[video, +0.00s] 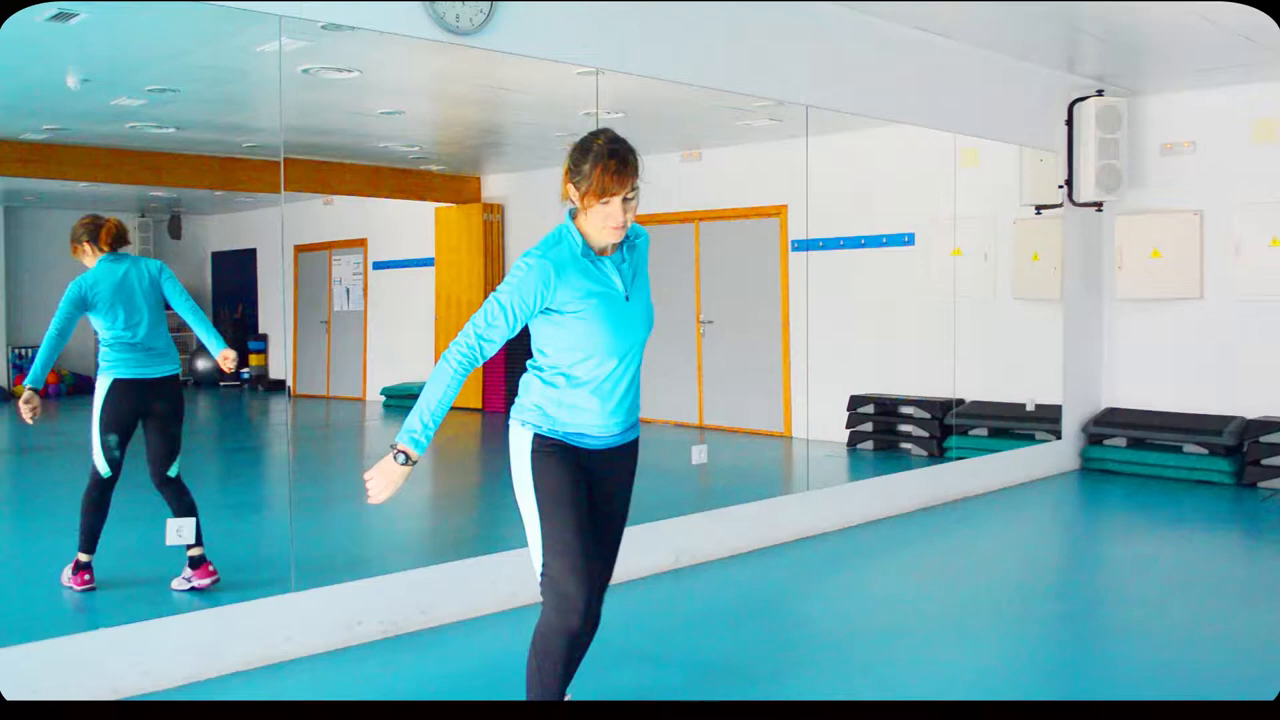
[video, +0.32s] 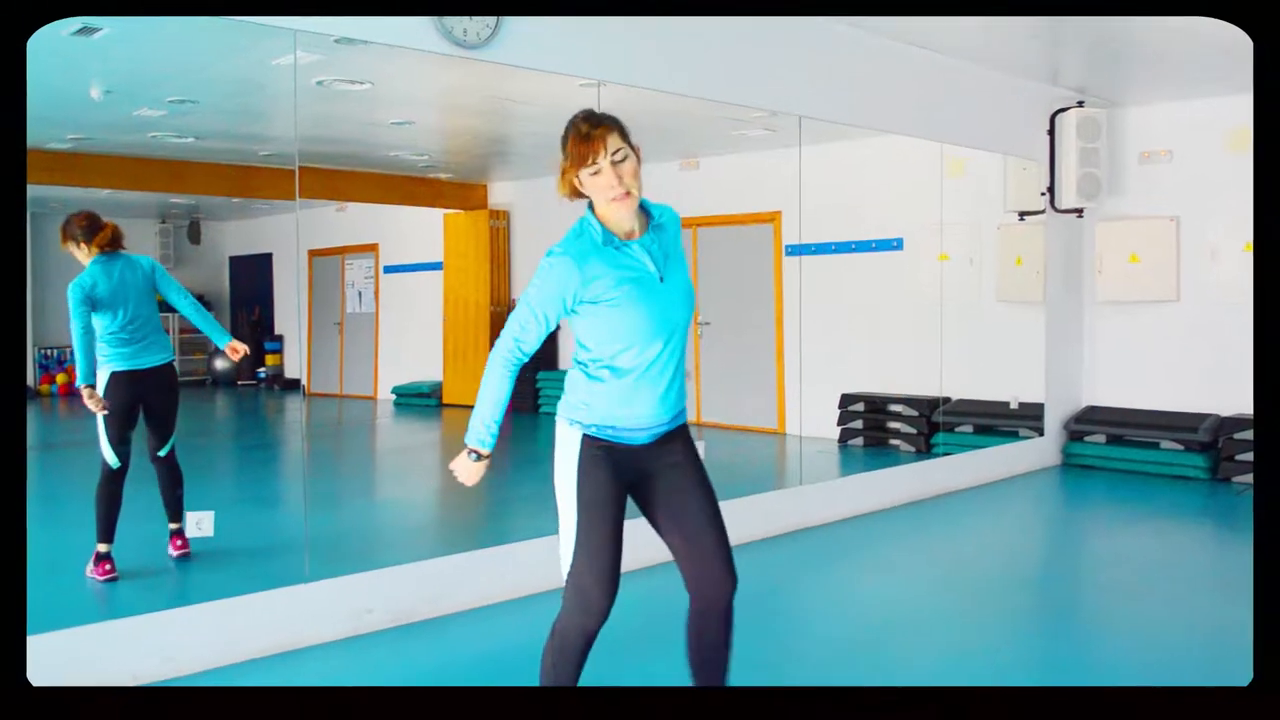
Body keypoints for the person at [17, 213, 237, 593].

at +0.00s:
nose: (82, 261)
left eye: (79, 254)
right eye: (79, 255)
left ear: (88, 247)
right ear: (114, 241)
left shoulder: (85, 283)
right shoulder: (155, 268)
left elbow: (57, 334)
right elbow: (186, 306)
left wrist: (31, 385)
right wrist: (219, 347)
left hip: (119, 386)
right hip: (166, 385)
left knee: (103, 475)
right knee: (167, 475)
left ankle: (82, 566)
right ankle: (200, 563)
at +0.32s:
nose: (73, 257)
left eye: (71, 250)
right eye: (70, 251)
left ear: (81, 246)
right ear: (106, 237)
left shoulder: (82, 285)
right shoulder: (146, 265)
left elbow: (82, 333)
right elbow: (185, 302)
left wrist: (85, 382)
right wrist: (224, 339)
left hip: (118, 379)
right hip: (162, 374)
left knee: (113, 464)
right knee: (164, 452)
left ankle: (103, 555)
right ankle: (178, 535)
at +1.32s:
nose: (218, 254)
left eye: (221, 250)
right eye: (215, 250)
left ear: (234, 249)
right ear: (213, 252)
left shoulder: (257, 271)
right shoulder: (212, 270)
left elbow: (249, 278)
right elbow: (180, 265)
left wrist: (223, 261)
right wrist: (181, 249)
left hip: (259, 352)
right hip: (229, 354)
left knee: (261, 416)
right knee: (240, 418)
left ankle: (269, 480)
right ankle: (249, 479)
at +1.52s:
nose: (241, 286)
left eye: (244, 280)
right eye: (236, 281)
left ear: (256, 274)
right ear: (233, 279)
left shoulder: (274, 289)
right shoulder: (231, 292)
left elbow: (283, 305)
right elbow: (210, 298)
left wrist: (262, 308)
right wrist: (194, 302)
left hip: (278, 369)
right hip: (247, 371)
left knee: (279, 427)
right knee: (251, 433)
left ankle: (287, 482)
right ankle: (267, 476)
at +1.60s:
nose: (242, 281)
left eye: (246, 275)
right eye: (238, 276)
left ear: (260, 269)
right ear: (234, 274)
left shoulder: (280, 291)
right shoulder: (232, 291)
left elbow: (297, 326)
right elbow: (206, 317)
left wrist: (287, 357)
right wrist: (186, 346)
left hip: (282, 366)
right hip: (251, 368)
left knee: (286, 423)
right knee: (247, 428)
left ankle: (293, 479)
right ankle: (262, 478)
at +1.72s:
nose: (243, 285)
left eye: (247, 279)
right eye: (239, 281)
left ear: (261, 276)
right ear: (237, 282)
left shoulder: (287, 303)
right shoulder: (236, 307)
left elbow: (305, 336)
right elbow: (219, 342)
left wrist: (316, 370)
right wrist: (206, 379)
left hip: (288, 376)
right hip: (254, 377)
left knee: (294, 425)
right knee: (243, 428)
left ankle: (300, 478)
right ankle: (241, 493)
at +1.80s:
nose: (243, 295)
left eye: (247, 290)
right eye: (240, 291)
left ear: (263, 288)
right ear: (238, 292)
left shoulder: (287, 313)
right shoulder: (236, 317)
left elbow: (308, 334)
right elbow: (230, 345)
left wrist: (321, 353)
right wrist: (227, 368)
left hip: (289, 386)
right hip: (256, 388)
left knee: (296, 432)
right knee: (240, 433)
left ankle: (304, 479)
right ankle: (237, 502)